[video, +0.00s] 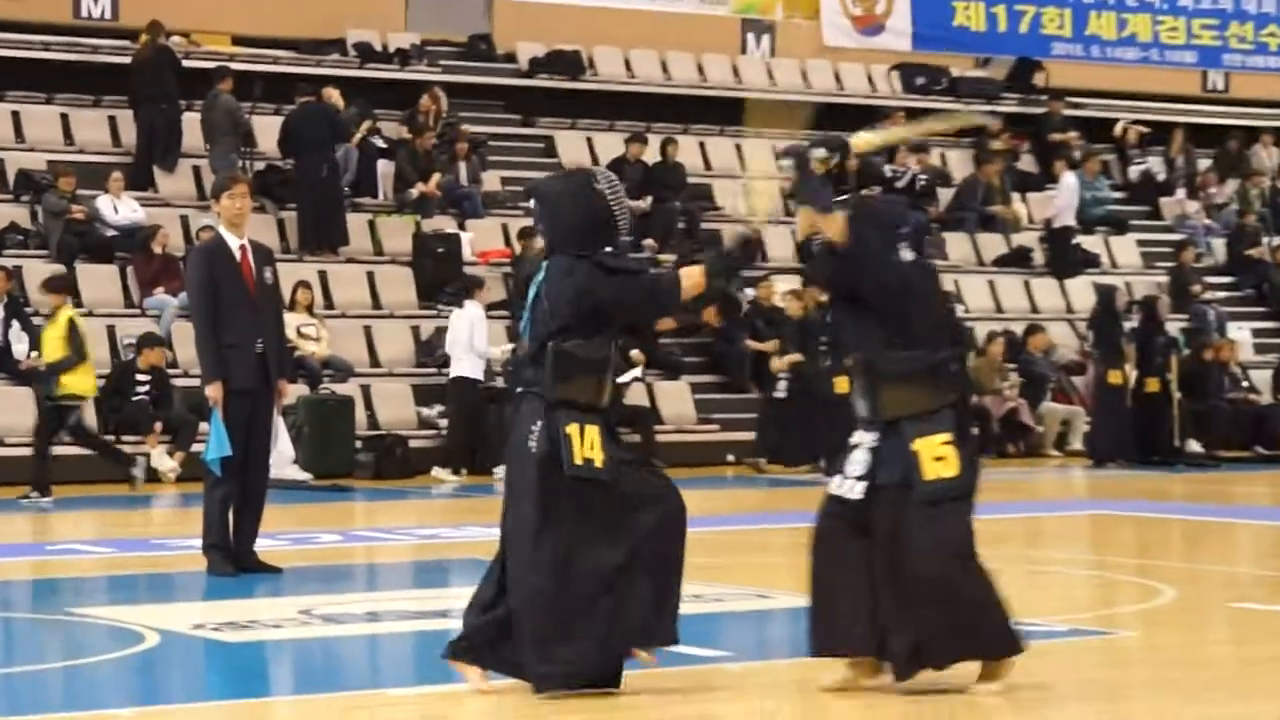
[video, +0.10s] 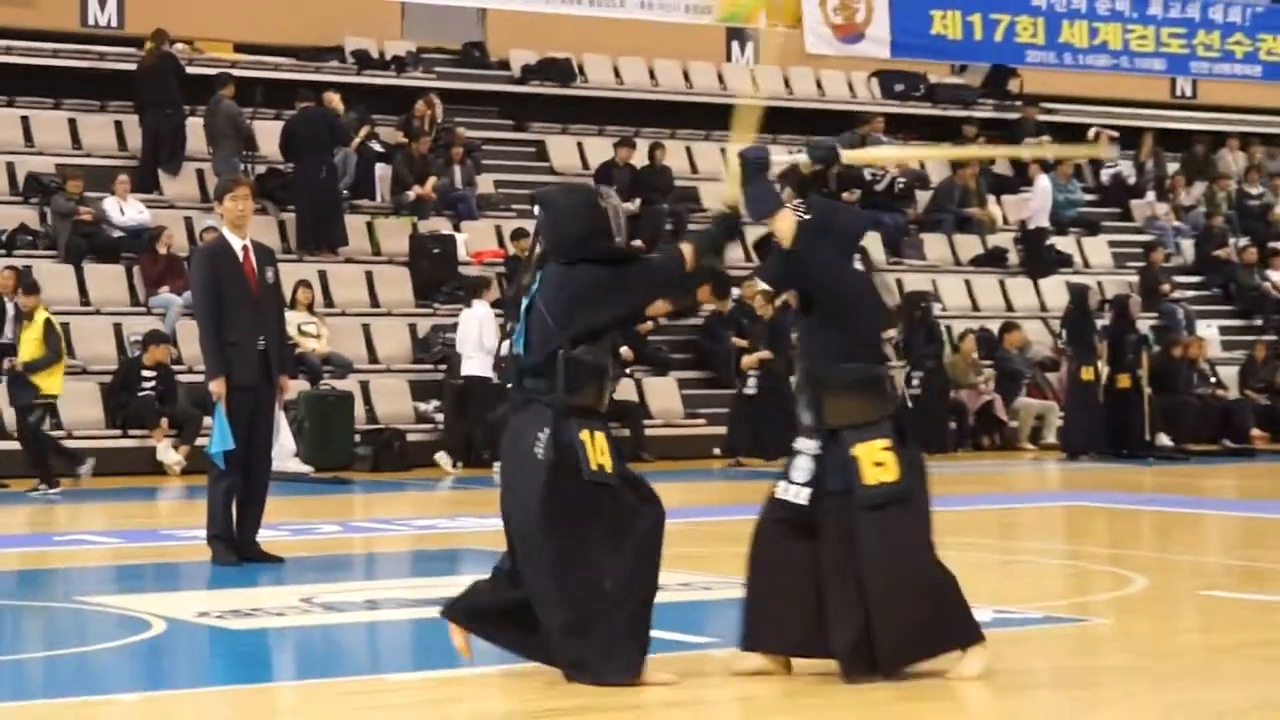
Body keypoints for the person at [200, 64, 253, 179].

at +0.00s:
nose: (232, 84)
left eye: (231, 80)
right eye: (230, 80)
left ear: (217, 81)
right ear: (224, 80)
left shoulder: (208, 101)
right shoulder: (229, 101)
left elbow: (205, 125)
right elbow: (243, 123)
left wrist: (210, 142)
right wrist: (250, 142)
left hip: (214, 151)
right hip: (229, 152)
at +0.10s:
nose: (234, 89)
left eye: (233, 86)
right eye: (232, 86)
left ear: (218, 87)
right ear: (227, 87)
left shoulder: (210, 107)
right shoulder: (230, 106)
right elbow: (244, 128)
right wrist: (252, 148)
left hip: (217, 156)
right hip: (231, 156)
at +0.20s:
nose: (243, 92)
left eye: (242, 89)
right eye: (241, 88)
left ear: (228, 89)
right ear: (236, 89)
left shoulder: (219, 108)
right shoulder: (240, 108)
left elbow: (219, 138)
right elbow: (253, 131)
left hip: (226, 155)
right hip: (240, 156)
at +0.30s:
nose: (256, 103)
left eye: (256, 100)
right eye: (255, 100)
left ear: (241, 100)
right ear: (250, 100)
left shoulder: (234, 119)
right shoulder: (253, 119)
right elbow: (268, 136)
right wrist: (273, 132)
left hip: (240, 165)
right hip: (254, 166)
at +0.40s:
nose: (265, 110)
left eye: (265, 107)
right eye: (264, 107)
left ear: (252, 107)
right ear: (259, 107)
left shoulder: (243, 125)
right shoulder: (262, 124)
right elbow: (277, 140)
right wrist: (283, 134)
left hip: (249, 170)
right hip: (263, 171)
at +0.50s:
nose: (271, 113)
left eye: (271, 110)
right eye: (270, 110)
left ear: (258, 110)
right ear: (264, 110)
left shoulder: (249, 128)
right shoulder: (267, 127)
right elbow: (283, 141)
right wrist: (291, 134)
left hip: (256, 173)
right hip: (269, 173)